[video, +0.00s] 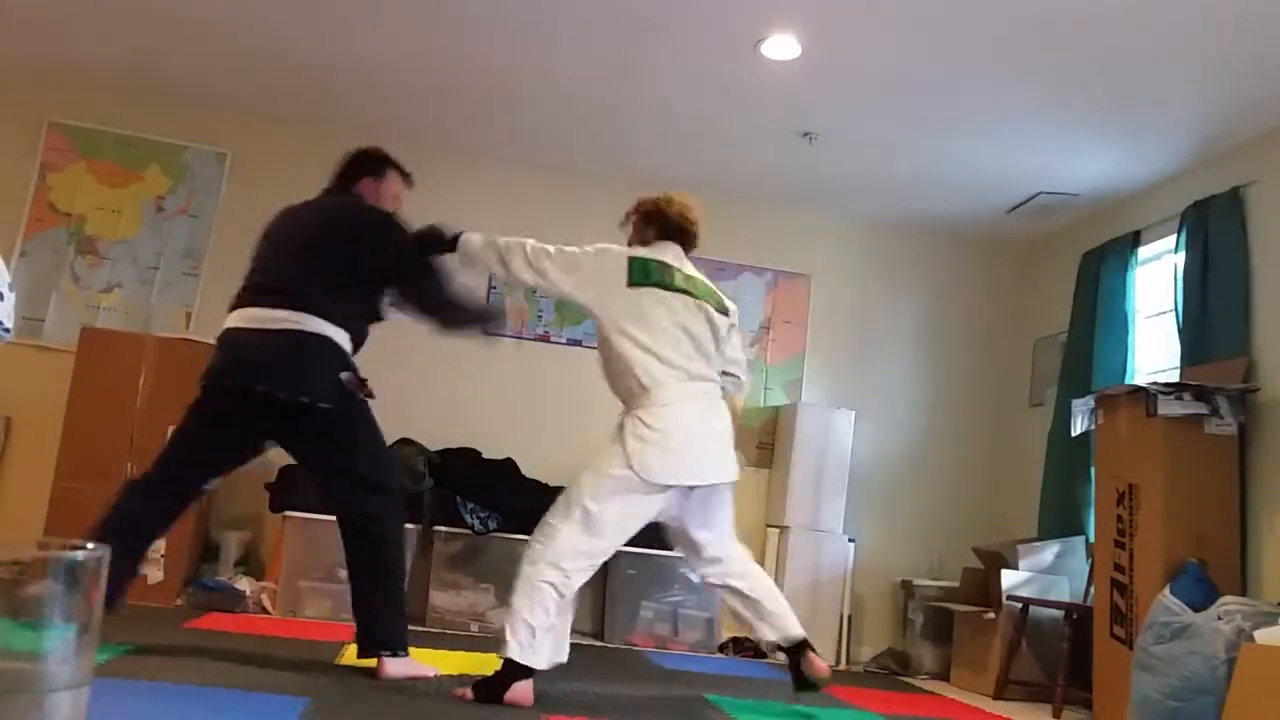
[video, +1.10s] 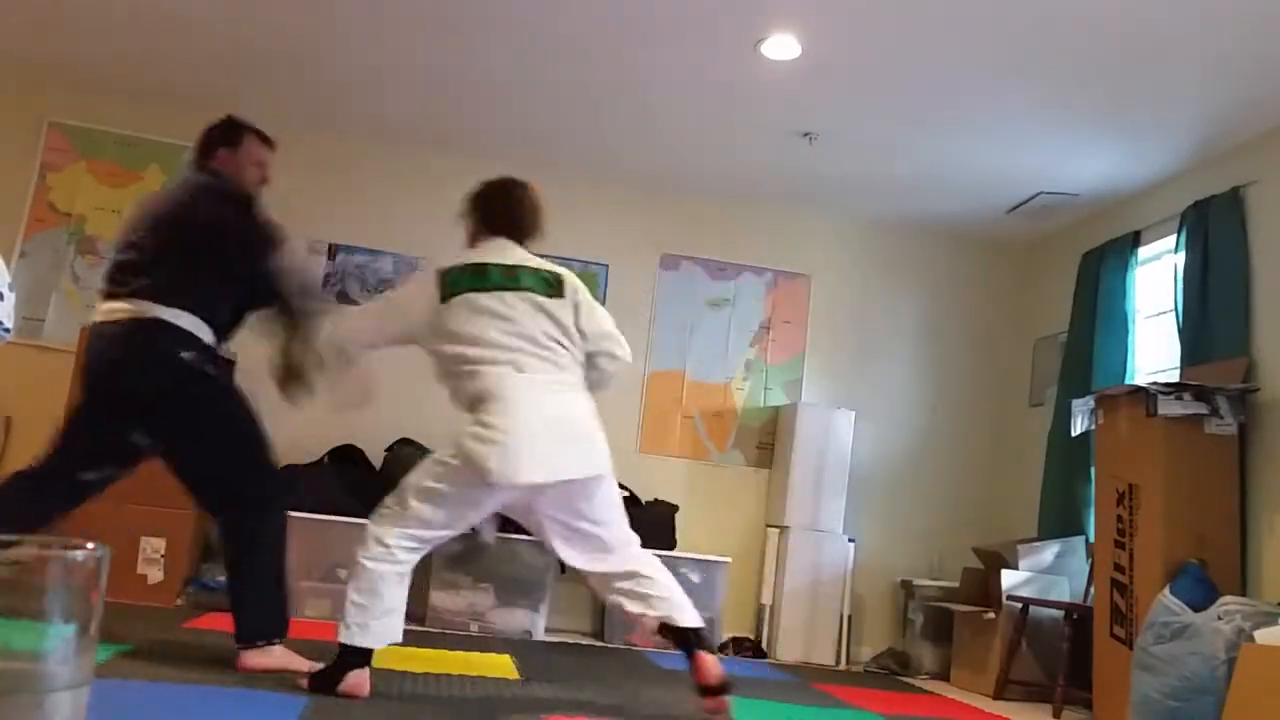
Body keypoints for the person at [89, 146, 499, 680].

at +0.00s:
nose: (402, 206)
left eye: (404, 195)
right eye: (399, 193)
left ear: (349, 187)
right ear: (371, 186)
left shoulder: (292, 218)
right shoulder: (379, 228)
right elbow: (437, 300)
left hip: (237, 367)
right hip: (312, 376)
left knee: (165, 484)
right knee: (373, 508)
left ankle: (80, 597)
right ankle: (386, 650)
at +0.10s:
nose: (372, 200)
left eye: (375, 189)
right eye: (369, 186)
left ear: (317, 177)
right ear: (340, 176)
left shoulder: (260, 214)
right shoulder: (336, 220)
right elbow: (339, 307)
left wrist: (377, 318)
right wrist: (405, 334)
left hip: (215, 366)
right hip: (287, 374)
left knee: (144, 491)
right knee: (350, 504)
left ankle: (37, 593)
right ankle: (381, 649)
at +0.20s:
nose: (346, 187)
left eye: (349, 176)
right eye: (343, 173)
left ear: (289, 165)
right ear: (312, 164)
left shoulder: (235, 204)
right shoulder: (307, 210)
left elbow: (256, 280)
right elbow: (318, 291)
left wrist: (331, 253)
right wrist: (360, 274)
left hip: (193, 361)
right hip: (266, 369)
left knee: (131, 490)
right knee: (329, 505)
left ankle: (29, 599)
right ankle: (369, 642)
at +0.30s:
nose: (333, 179)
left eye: (337, 169)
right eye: (330, 164)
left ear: (281, 154)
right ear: (295, 152)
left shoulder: (228, 189)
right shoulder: (284, 192)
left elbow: (256, 271)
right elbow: (288, 277)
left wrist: (324, 234)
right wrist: (362, 241)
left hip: (177, 346)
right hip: (239, 352)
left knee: (133, 484)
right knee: (314, 480)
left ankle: (39, 598)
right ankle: (332, 629)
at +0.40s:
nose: (332, 178)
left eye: (337, 167)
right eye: (330, 162)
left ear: (285, 151)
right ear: (295, 150)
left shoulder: (222, 187)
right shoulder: (276, 190)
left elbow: (260, 286)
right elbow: (282, 278)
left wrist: (322, 245)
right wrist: (359, 266)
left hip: (170, 340)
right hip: (231, 347)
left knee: (125, 483)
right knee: (300, 478)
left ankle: (28, 599)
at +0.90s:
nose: (326, 180)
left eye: (331, 168)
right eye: (321, 163)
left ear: (277, 159)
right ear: (284, 154)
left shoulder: (224, 193)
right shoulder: (255, 193)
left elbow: (265, 317)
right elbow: (244, 276)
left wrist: (326, 268)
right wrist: (315, 225)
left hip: (155, 337)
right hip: (207, 348)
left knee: (111, 484)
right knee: (276, 490)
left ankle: (12, 586)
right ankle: (260, 643)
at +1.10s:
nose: (265, 178)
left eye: (268, 167)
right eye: (258, 164)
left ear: (212, 162)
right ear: (223, 156)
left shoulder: (167, 204)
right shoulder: (236, 213)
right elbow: (289, 286)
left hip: (106, 349)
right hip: (171, 359)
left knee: (67, 474)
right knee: (250, 492)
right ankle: (261, 640)